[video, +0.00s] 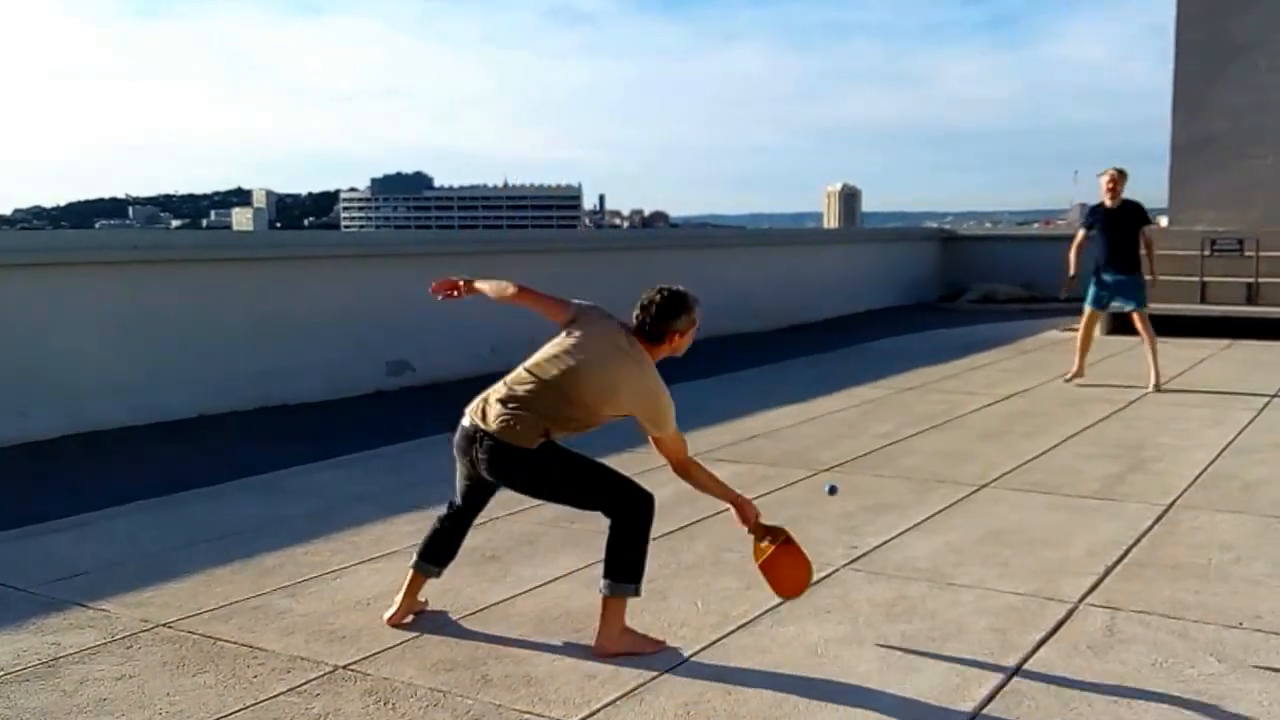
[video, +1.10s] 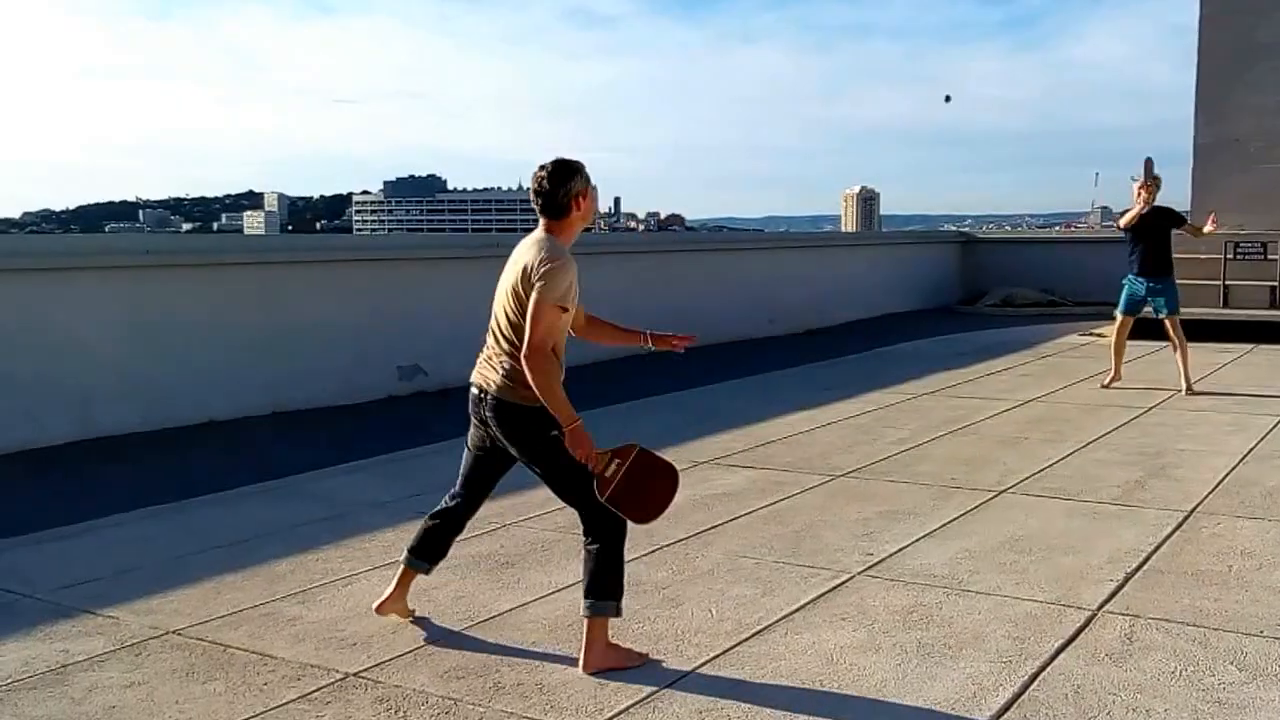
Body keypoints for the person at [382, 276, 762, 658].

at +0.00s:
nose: (689, 343)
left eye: (691, 335)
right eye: (690, 336)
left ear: (639, 319)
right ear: (673, 338)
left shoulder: (591, 319)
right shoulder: (648, 386)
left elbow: (513, 291)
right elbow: (683, 463)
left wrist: (468, 285)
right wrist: (737, 500)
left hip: (470, 431)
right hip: (513, 451)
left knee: (464, 506)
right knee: (634, 504)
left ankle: (403, 604)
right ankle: (613, 632)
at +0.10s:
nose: (707, 357)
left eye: (706, 348)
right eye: (707, 350)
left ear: (658, 336)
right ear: (692, 357)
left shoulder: (607, 339)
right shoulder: (666, 405)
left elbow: (529, 325)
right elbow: (710, 456)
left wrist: (465, 321)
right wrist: (767, 445)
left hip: (485, 442)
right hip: (527, 465)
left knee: (469, 514)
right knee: (652, 511)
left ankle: (404, 604)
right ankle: (615, 633)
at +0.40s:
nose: (723, 277)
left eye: (722, 269)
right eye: (722, 270)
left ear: (672, 267)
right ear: (711, 277)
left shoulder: (624, 288)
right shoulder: (701, 342)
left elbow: (550, 314)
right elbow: (729, 422)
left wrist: (496, 360)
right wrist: (769, 400)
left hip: (533, 408)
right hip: (581, 430)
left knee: (500, 510)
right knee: (667, 515)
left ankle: (426, 613)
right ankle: (618, 635)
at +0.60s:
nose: (697, 200)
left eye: (694, 191)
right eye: (696, 192)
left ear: (647, 190)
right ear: (688, 197)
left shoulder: (599, 224)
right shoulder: (680, 262)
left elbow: (534, 268)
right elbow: (696, 358)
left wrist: (524, 328)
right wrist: (724, 384)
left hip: (543, 368)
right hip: (595, 385)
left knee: (536, 468)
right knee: (644, 504)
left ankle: (487, 559)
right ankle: (619, 634)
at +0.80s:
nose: (667, 175)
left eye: (664, 167)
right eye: (666, 168)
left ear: (615, 173)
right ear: (656, 173)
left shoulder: (575, 217)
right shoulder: (655, 231)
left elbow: (523, 280)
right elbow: (662, 328)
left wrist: (543, 334)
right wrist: (686, 362)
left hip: (535, 355)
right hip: (579, 373)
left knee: (524, 467)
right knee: (620, 505)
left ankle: (458, 571)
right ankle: (594, 637)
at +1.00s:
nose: (626, 203)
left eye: (624, 195)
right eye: (624, 196)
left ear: (576, 205)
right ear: (614, 203)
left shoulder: (556, 247)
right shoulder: (608, 261)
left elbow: (561, 337)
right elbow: (602, 359)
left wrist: (625, 370)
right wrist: (632, 416)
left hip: (509, 391)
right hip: (552, 406)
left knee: (484, 496)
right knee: (624, 512)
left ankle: (426, 590)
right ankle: (598, 646)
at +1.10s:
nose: (595, 199)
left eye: (591, 191)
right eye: (591, 192)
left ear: (546, 204)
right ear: (579, 202)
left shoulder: (532, 248)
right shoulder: (556, 265)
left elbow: (581, 324)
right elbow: (536, 357)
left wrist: (648, 339)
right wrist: (573, 425)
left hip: (487, 396)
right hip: (521, 408)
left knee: (462, 500)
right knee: (604, 512)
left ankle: (396, 595)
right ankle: (597, 646)